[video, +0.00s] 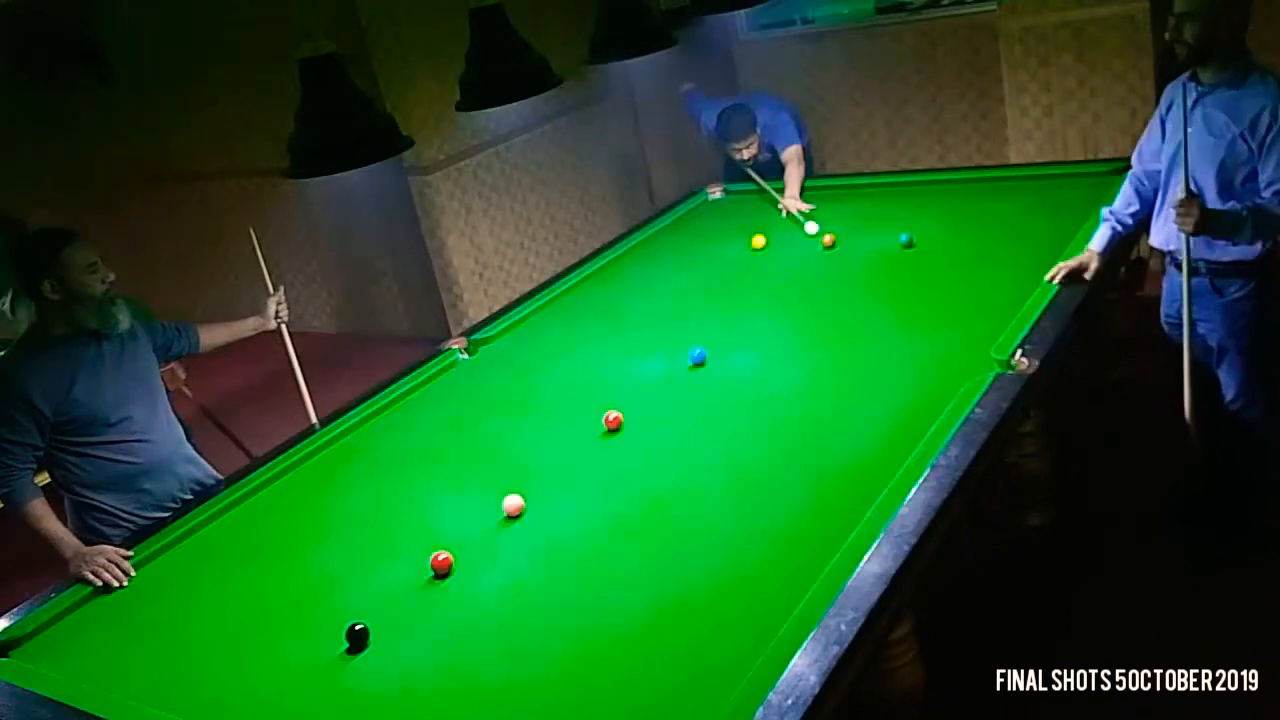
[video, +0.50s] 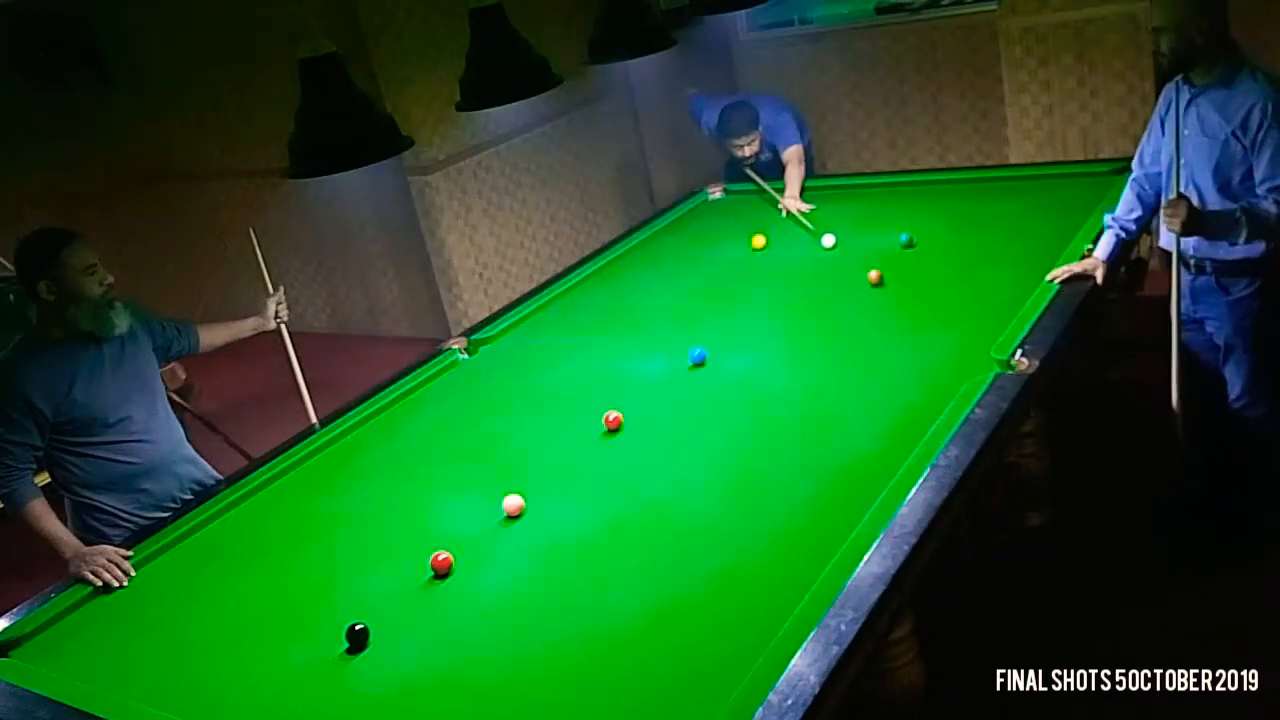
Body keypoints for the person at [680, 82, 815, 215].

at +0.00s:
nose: (745, 156)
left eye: (750, 147)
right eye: (736, 151)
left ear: (758, 134)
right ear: (722, 142)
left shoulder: (776, 121)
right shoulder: (710, 120)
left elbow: (794, 160)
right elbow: (693, 99)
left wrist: (791, 196)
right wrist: (688, 90)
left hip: (777, 156)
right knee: (738, 210)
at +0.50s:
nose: (747, 152)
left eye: (751, 143)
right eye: (738, 148)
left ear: (760, 131)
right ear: (721, 141)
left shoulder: (778, 120)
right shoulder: (710, 117)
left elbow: (795, 160)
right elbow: (691, 95)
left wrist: (791, 196)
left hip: (779, 156)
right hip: (738, 162)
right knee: (739, 210)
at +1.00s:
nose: (748, 152)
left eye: (753, 143)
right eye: (740, 147)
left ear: (761, 130)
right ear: (724, 141)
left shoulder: (778, 118)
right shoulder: (711, 118)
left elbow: (795, 160)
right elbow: (689, 95)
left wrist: (791, 196)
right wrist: (713, 141)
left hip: (779, 158)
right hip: (738, 163)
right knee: (740, 214)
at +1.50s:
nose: (750, 148)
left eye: (755, 139)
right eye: (742, 143)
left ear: (764, 127)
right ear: (727, 137)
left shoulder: (782, 117)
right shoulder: (715, 117)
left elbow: (796, 160)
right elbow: (690, 95)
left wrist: (792, 196)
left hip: (779, 159)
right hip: (739, 162)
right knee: (741, 213)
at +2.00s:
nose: (772, 74)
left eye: (778, 65)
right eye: (764, 67)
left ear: (786, 61)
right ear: (750, 65)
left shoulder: (807, 76)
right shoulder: (736, 76)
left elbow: (831, 131)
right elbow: (720, 91)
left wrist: (811, 166)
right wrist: (726, 127)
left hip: (803, 161)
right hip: (758, 161)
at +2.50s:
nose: (811, 6)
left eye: (816, 1)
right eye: (804, 2)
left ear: (823, 3)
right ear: (791, 4)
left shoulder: (844, 24)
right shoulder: (769, 37)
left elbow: (860, 58)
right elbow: (750, 89)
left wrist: (857, 86)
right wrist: (749, 153)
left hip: (836, 147)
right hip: (789, 151)